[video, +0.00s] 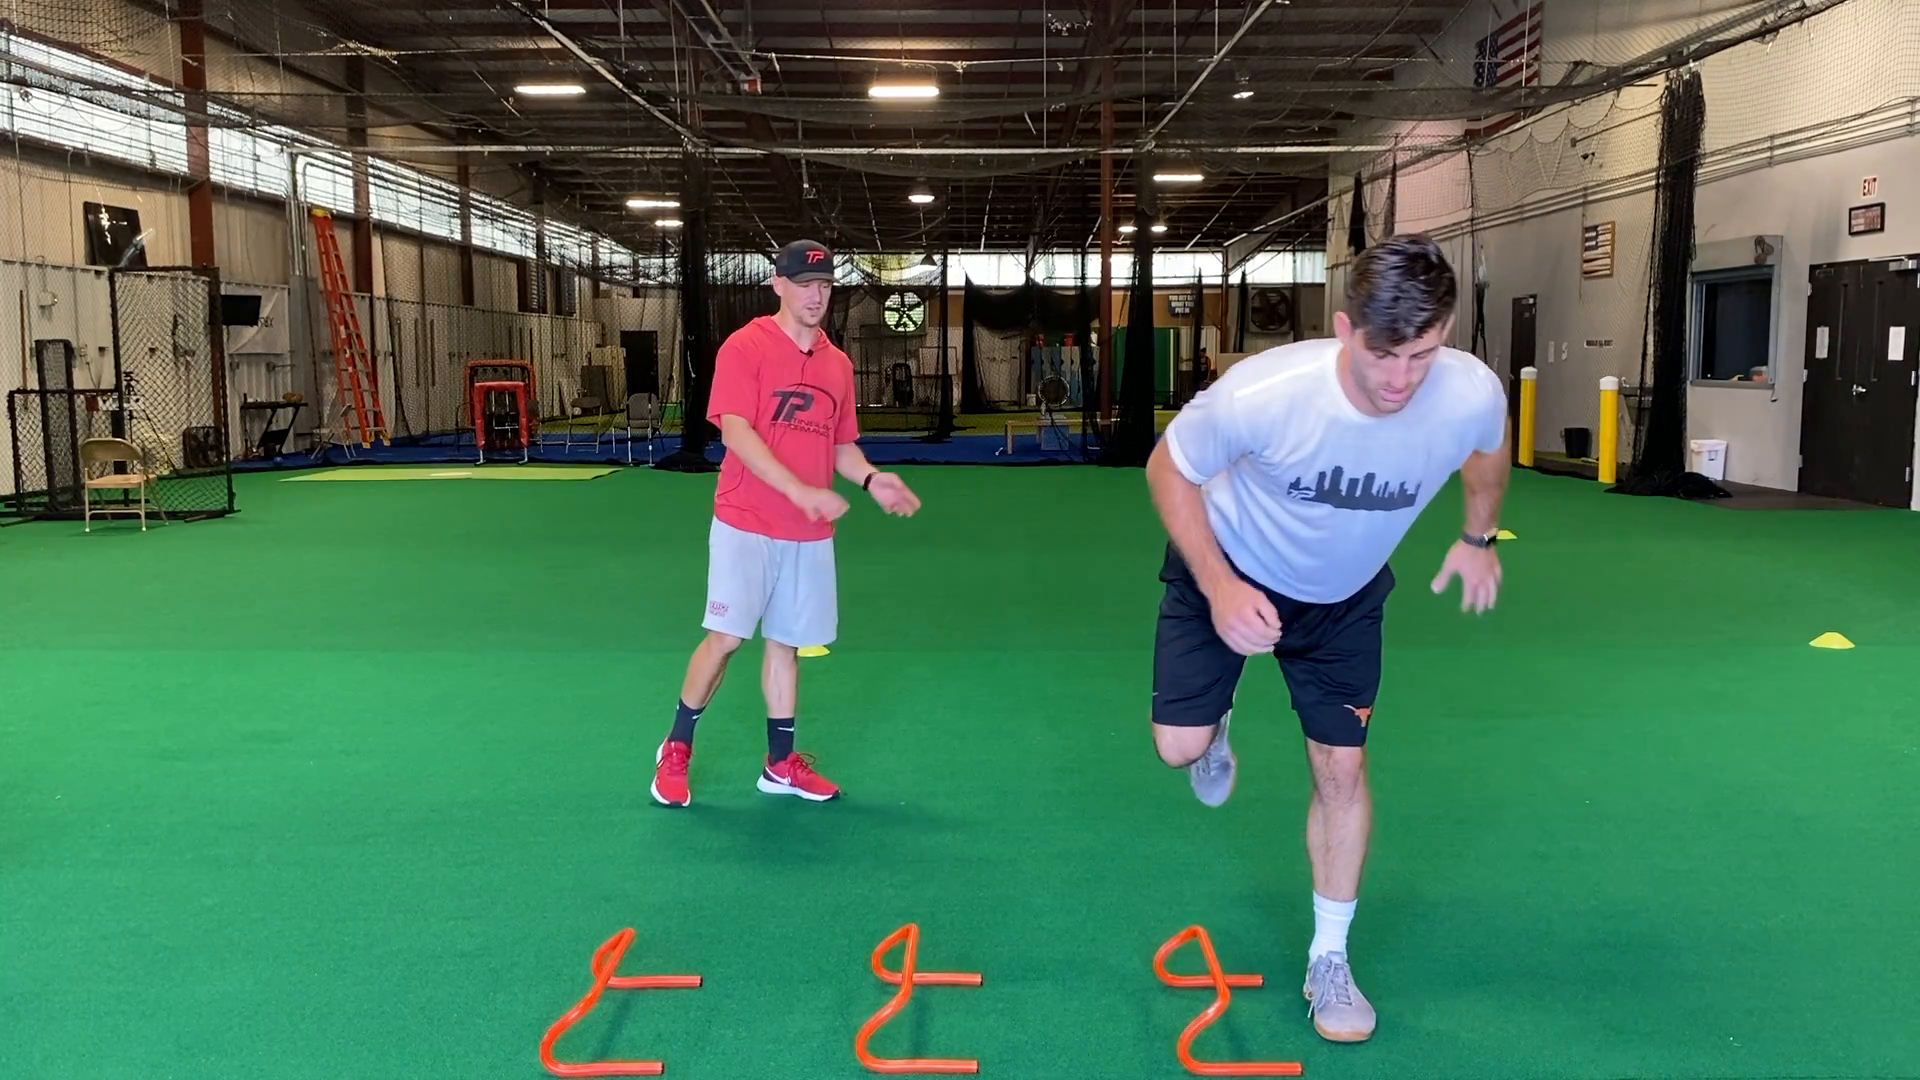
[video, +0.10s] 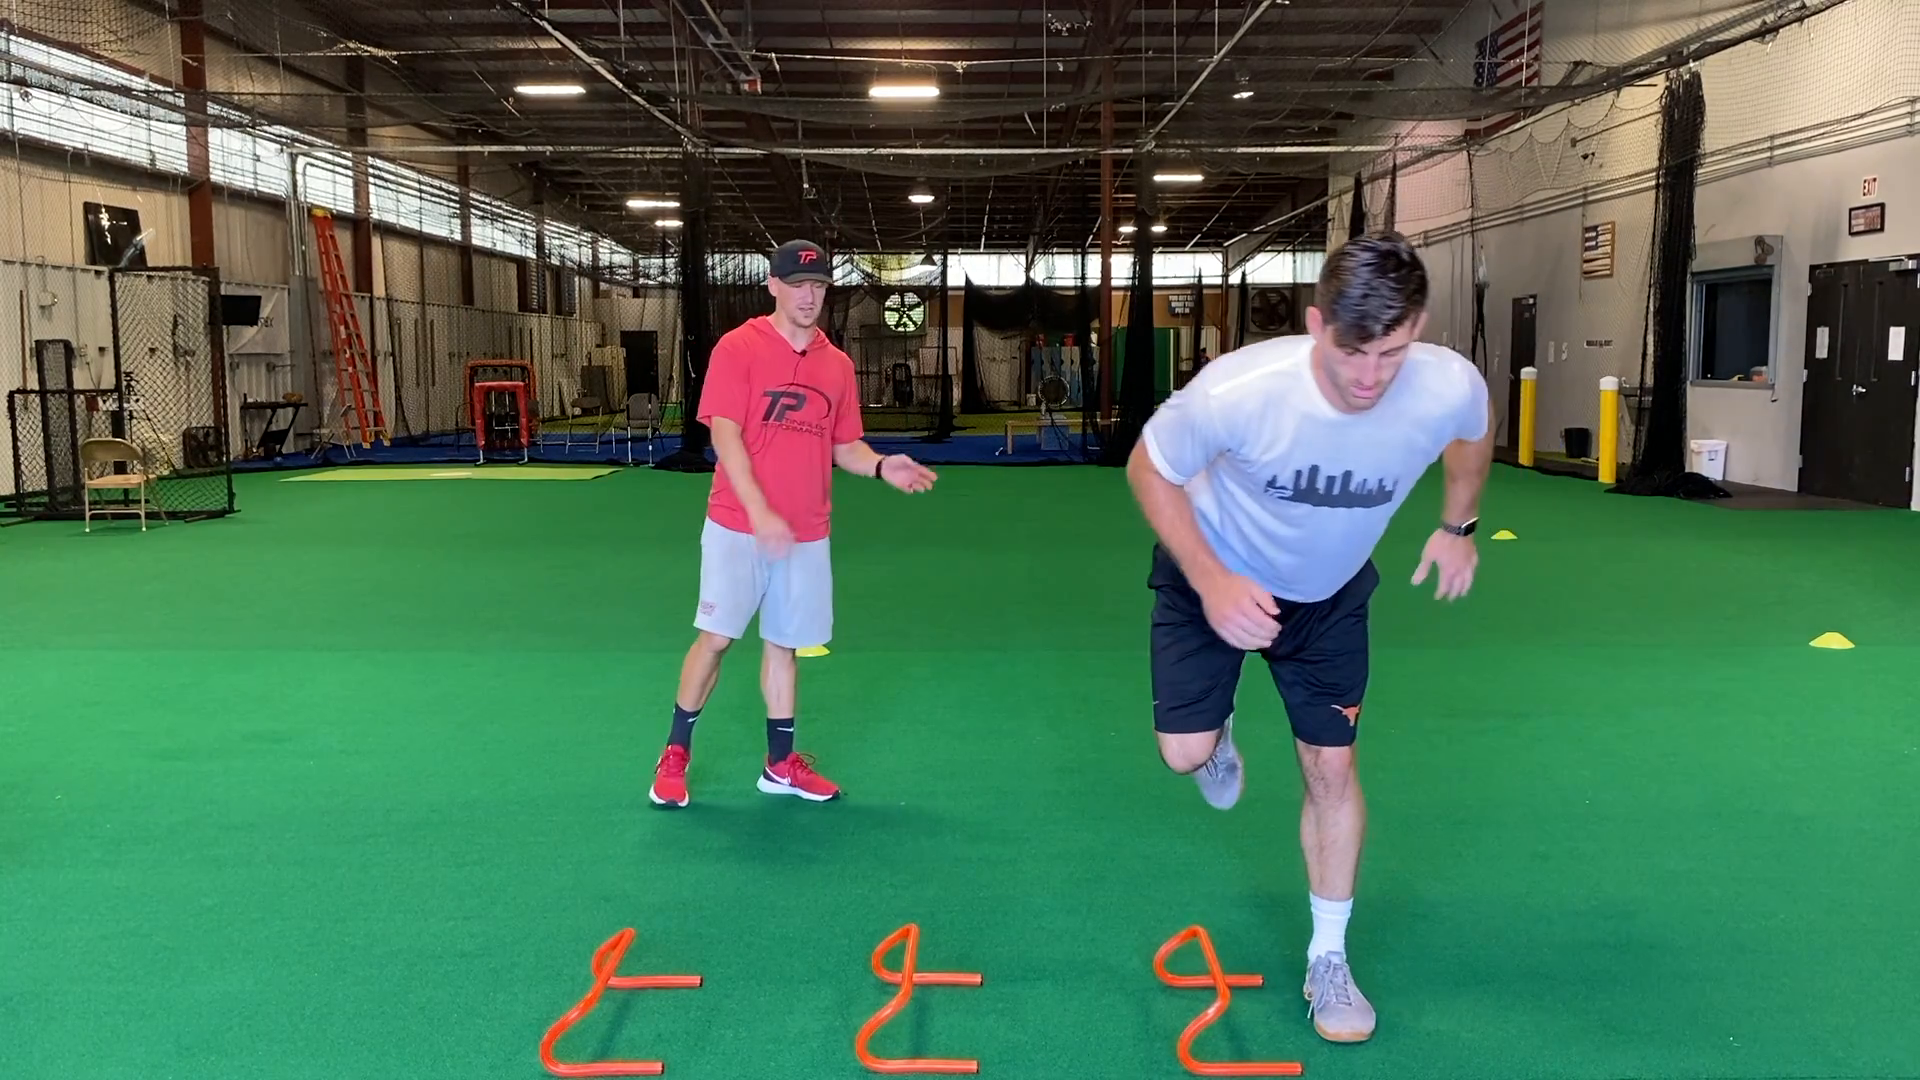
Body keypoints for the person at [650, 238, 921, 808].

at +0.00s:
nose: (816, 294)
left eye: (823, 285)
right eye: (805, 283)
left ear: (832, 291)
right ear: (779, 285)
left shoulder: (838, 364)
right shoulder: (745, 347)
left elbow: (842, 447)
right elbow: (735, 430)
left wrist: (875, 478)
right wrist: (799, 489)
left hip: (807, 525)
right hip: (745, 519)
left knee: (785, 640)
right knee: (727, 633)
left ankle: (781, 762)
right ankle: (677, 747)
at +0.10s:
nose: (808, 295)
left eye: (817, 286)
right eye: (798, 284)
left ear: (827, 291)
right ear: (774, 286)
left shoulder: (837, 365)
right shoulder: (737, 348)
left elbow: (844, 445)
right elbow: (723, 434)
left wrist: (883, 464)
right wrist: (759, 510)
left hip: (804, 528)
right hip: (737, 520)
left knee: (783, 643)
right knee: (717, 636)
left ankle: (781, 762)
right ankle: (676, 752)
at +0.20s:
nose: (798, 295)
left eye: (807, 285)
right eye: (788, 284)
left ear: (819, 291)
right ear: (766, 286)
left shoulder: (834, 364)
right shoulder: (729, 349)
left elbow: (851, 445)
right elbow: (708, 439)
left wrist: (882, 445)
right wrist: (714, 526)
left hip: (799, 536)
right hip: (730, 527)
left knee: (782, 645)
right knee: (704, 638)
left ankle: (780, 762)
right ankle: (673, 759)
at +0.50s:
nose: (740, 295)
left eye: (749, 284)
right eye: (728, 286)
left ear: (765, 284)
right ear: (710, 290)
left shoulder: (800, 357)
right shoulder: (682, 357)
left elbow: (826, 446)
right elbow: (652, 434)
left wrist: (848, 428)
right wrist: (639, 506)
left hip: (770, 534)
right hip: (695, 531)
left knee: (770, 647)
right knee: (681, 644)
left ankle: (781, 761)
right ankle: (664, 768)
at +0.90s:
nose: (652, 288)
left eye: (662, 275)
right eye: (641, 279)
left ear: (685, 277)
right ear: (629, 287)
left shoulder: (724, 346)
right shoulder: (614, 358)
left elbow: (757, 440)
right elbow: (592, 438)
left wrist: (703, 421)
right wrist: (609, 483)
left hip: (712, 530)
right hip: (639, 533)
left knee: (740, 643)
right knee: (651, 646)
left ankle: (764, 755)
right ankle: (660, 769)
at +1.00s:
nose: (641, 287)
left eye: (652, 275)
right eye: (630, 278)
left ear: (674, 277)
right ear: (619, 285)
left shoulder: (707, 344)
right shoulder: (604, 359)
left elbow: (740, 422)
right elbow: (574, 435)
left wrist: (704, 464)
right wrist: (597, 468)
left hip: (704, 525)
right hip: (633, 530)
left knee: (726, 648)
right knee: (649, 647)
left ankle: (753, 769)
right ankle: (660, 768)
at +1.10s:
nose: (633, 287)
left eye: (644, 274)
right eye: (622, 278)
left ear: (668, 278)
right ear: (609, 287)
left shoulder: (702, 345)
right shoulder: (598, 358)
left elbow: (731, 426)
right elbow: (572, 431)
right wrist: (588, 452)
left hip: (705, 524)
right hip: (631, 527)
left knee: (716, 648)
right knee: (650, 648)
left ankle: (727, 766)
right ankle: (660, 765)